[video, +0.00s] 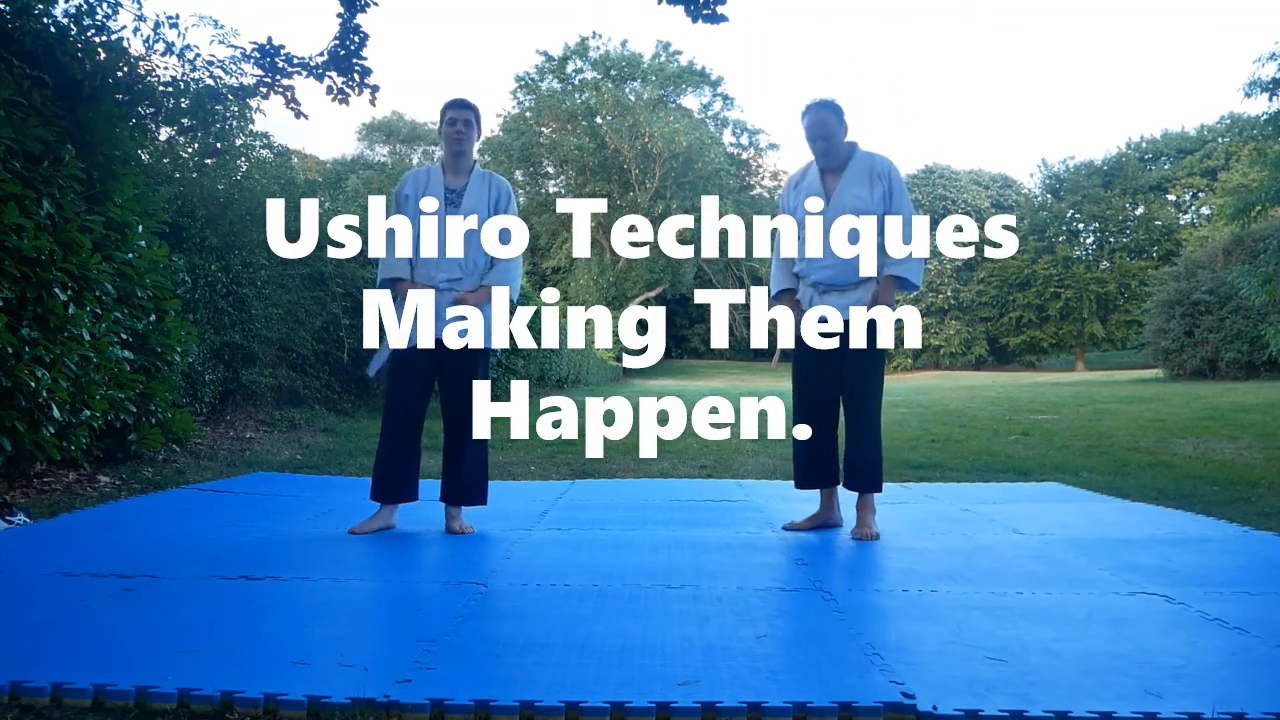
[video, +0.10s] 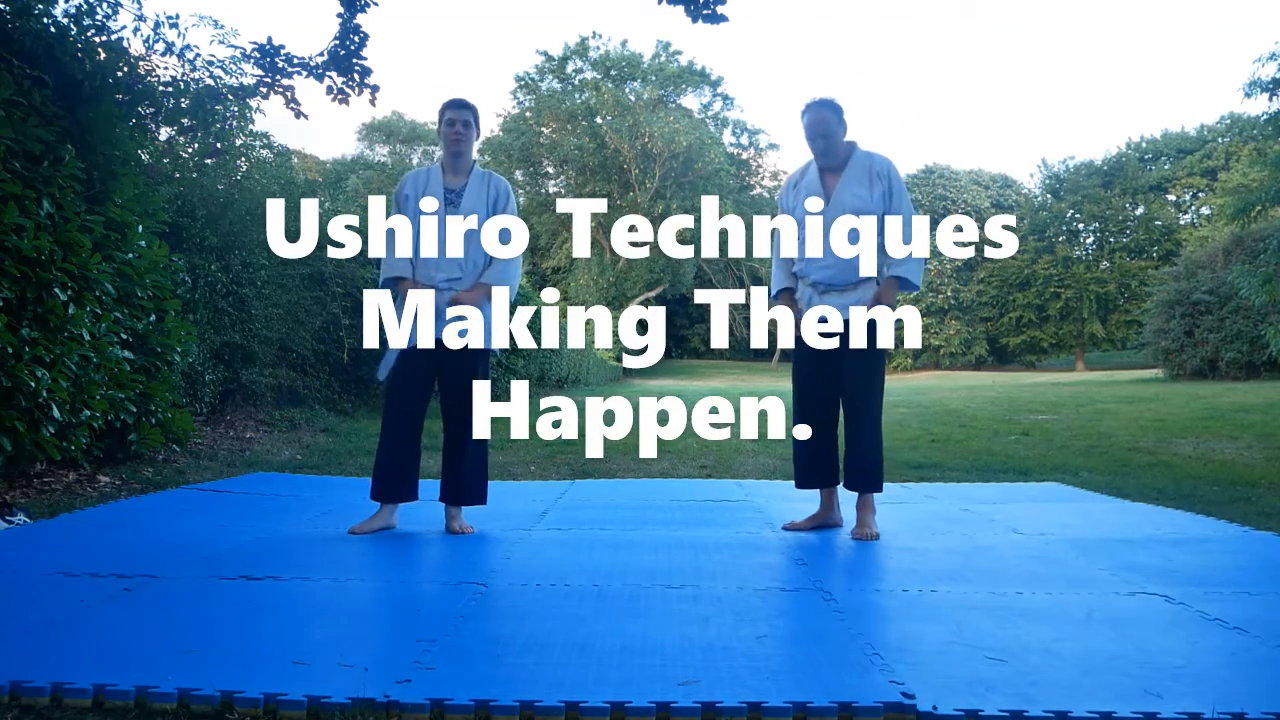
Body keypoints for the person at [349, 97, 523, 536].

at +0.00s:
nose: (458, 130)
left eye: (466, 125)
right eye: (452, 123)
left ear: (478, 135)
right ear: (440, 131)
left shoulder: (498, 189)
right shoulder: (412, 183)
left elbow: (510, 258)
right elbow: (396, 243)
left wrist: (483, 293)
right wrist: (404, 287)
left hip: (471, 314)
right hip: (415, 308)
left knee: (463, 411)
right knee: (401, 406)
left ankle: (455, 509)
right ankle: (387, 508)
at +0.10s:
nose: (457, 130)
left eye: (465, 125)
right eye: (450, 124)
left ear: (477, 135)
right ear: (438, 132)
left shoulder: (497, 188)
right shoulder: (412, 184)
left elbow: (508, 255)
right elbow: (396, 244)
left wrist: (478, 292)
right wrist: (406, 287)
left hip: (471, 313)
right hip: (416, 309)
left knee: (463, 411)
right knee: (401, 405)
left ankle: (455, 509)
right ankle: (387, 508)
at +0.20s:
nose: (453, 131)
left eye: (461, 125)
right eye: (447, 125)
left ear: (474, 134)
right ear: (435, 133)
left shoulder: (495, 187)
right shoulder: (410, 185)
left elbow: (505, 252)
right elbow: (394, 248)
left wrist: (470, 289)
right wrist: (413, 287)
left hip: (470, 313)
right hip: (415, 310)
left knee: (462, 411)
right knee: (401, 406)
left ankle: (455, 510)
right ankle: (387, 508)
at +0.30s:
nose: (450, 131)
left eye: (457, 126)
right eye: (443, 125)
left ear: (472, 134)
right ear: (433, 133)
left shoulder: (492, 186)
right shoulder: (409, 185)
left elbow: (500, 249)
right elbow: (393, 250)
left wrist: (459, 282)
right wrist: (423, 284)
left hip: (468, 316)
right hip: (414, 313)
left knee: (462, 413)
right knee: (399, 407)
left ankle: (455, 510)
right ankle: (387, 508)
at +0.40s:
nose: (445, 132)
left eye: (452, 126)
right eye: (438, 126)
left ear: (467, 133)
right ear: (428, 133)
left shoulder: (488, 186)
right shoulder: (404, 184)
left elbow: (490, 249)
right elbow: (388, 250)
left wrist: (441, 273)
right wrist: (418, 281)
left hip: (465, 314)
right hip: (410, 313)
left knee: (460, 412)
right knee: (398, 407)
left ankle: (455, 510)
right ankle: (387, 508)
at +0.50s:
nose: (441, 132)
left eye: (448, 125)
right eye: (434, 126)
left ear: (462, 132)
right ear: (424, 134)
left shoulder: (485, 185)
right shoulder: (402, 184)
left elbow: (489, 249)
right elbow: (386, 250)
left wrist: (443, 270)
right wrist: (415, 281)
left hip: (462, 316)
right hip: (408, 315)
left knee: (459, 413)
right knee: (396, 409)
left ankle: (454, 511)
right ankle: (387, 509)